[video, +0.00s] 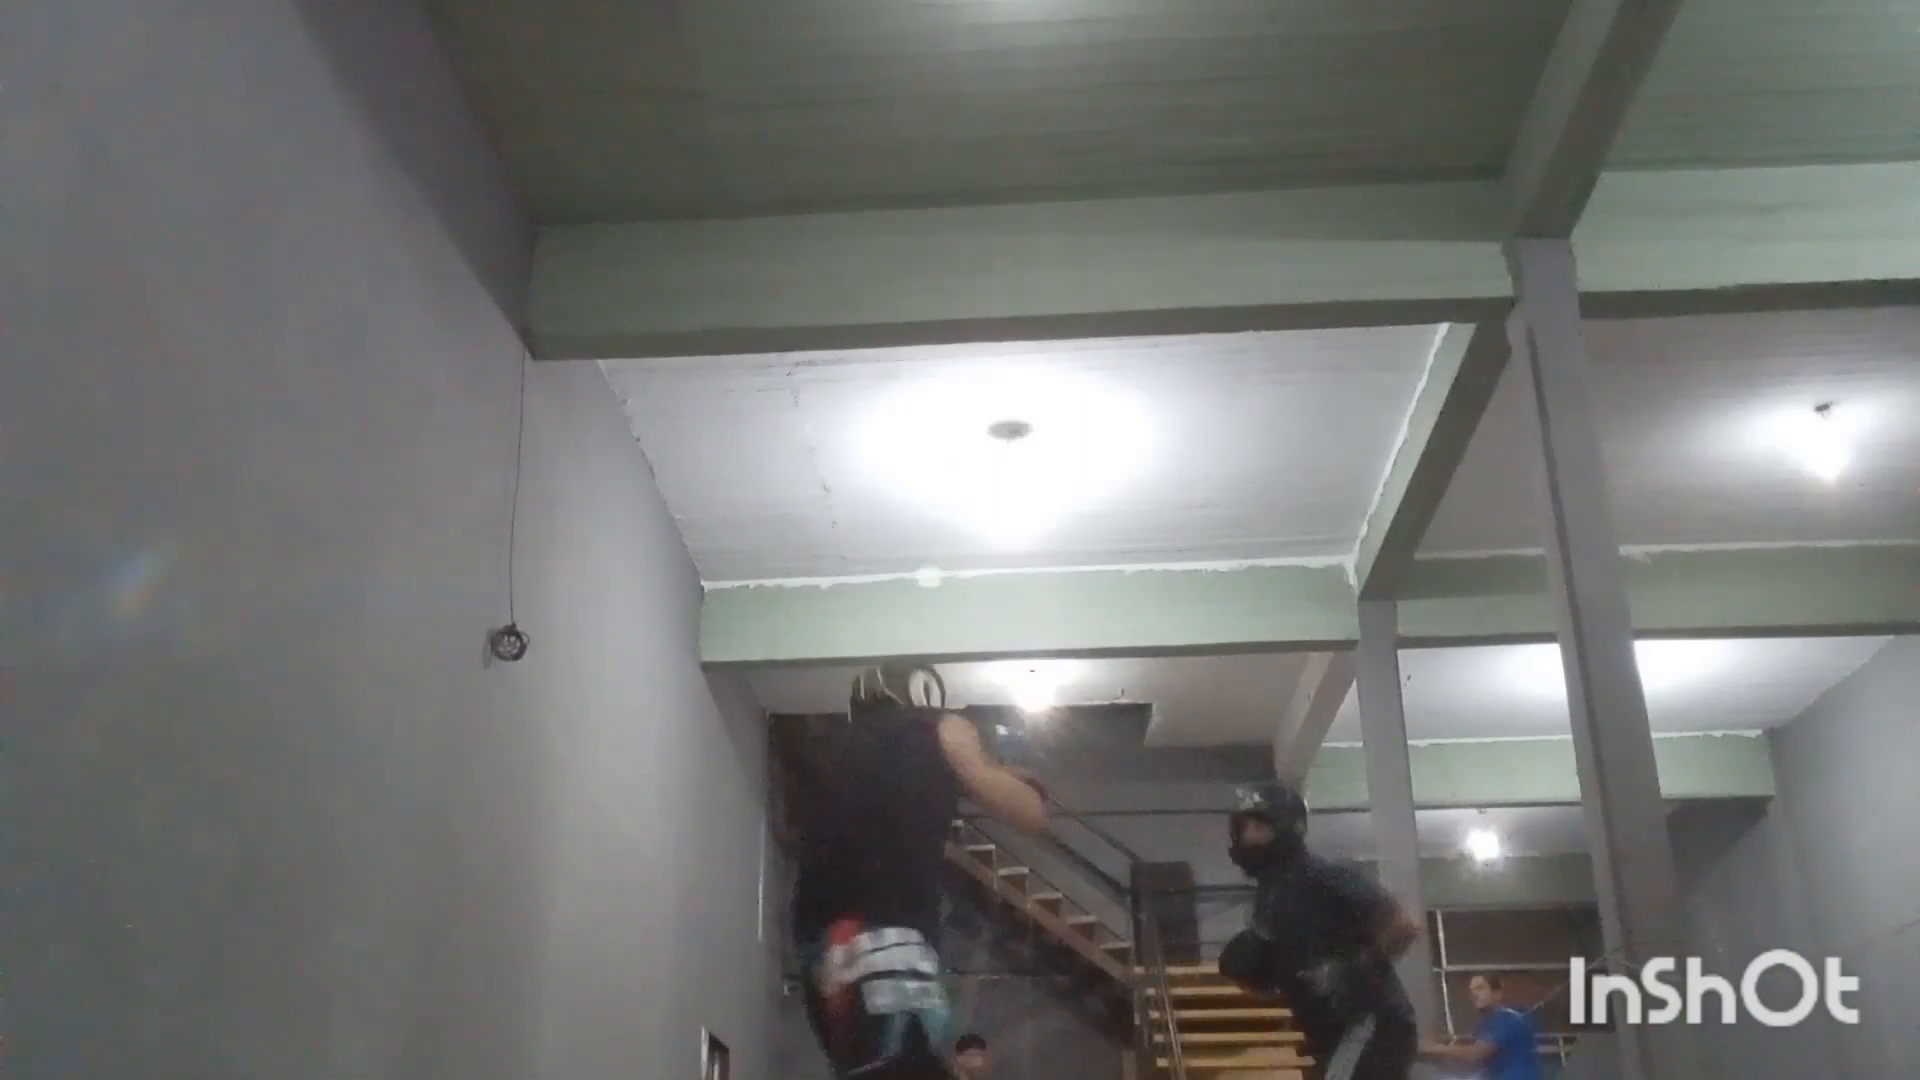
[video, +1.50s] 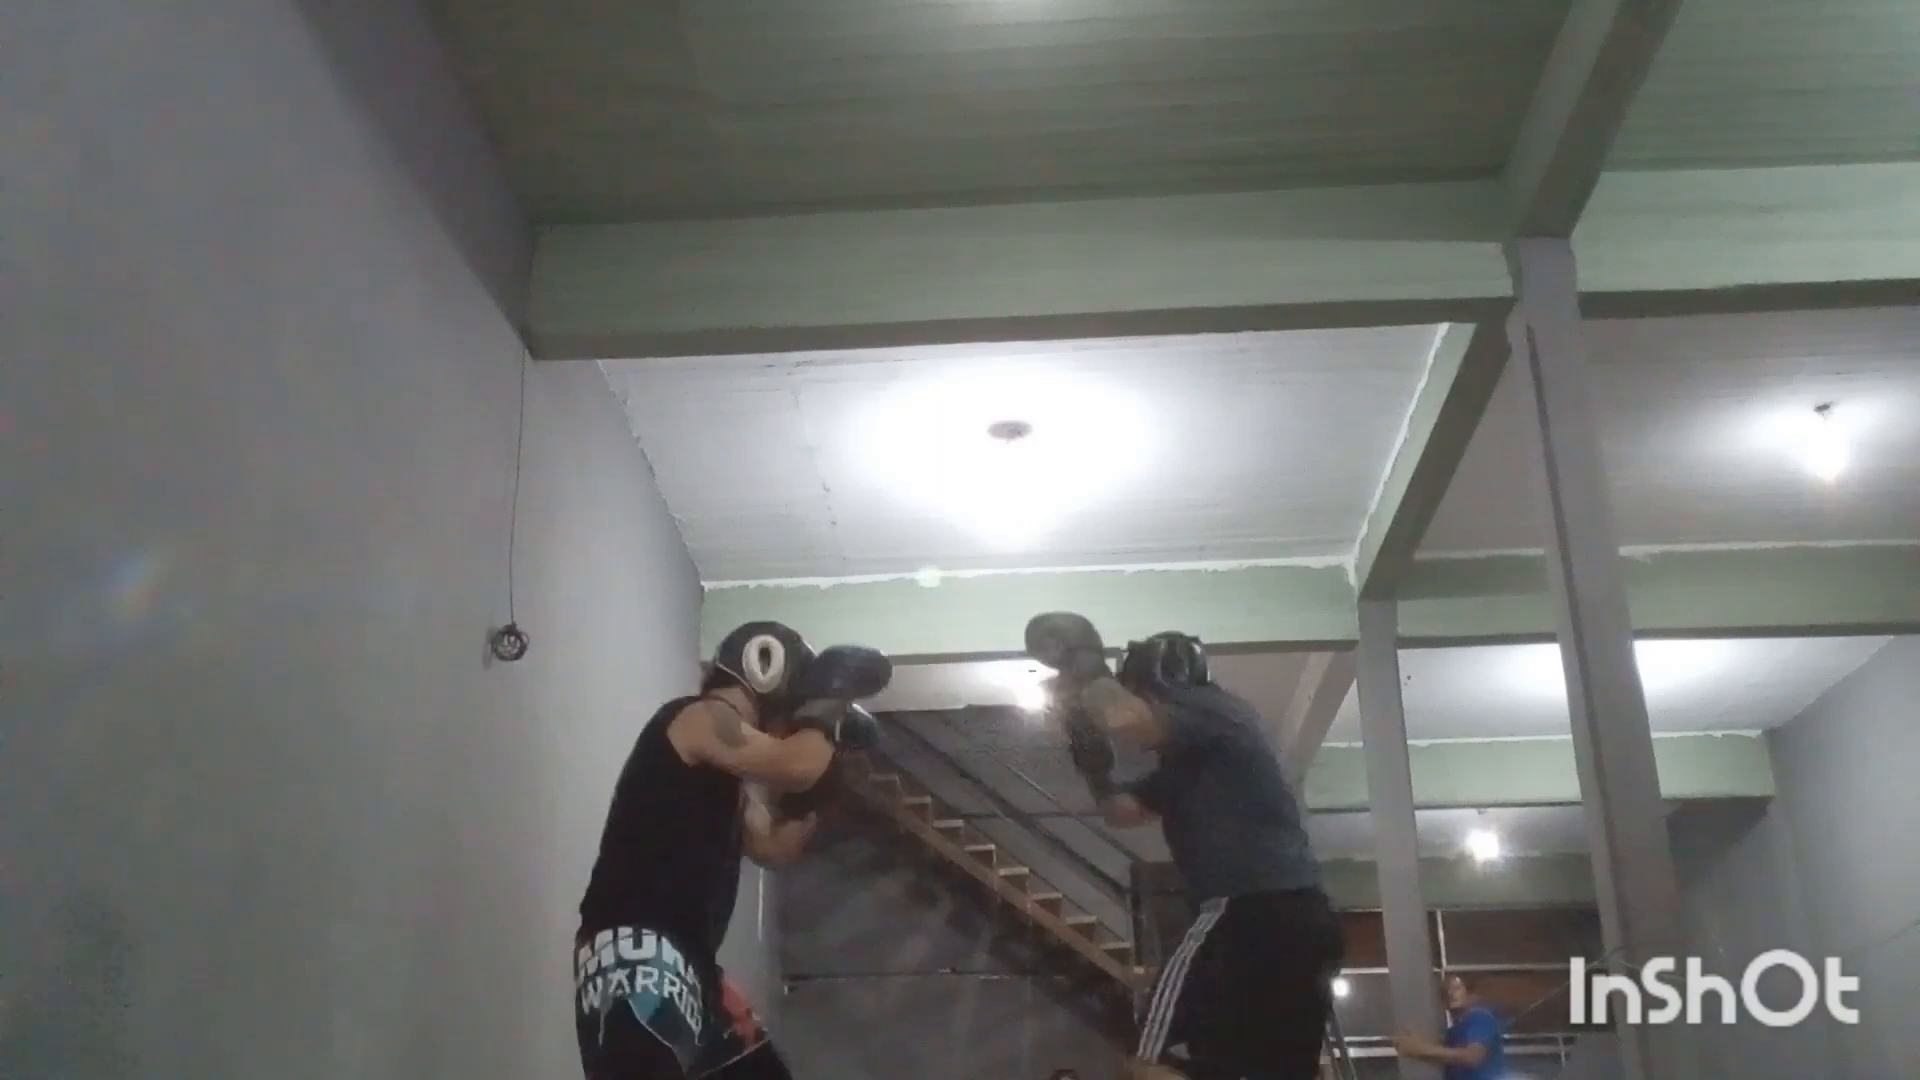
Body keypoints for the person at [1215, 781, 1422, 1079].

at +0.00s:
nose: (1247, 838)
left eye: (1259, 826)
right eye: (1242, 828)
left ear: (1287, 828)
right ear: (1234, 835)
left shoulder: (1327, 878)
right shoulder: (1269, 893)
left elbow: (1401, 928)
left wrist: (1346, 972)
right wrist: (1248, 965)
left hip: (1375, 1022)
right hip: (1327, 1030)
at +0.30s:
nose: (1228, 764)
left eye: (1241, 751)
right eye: (1221, 754)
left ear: (1268, 752)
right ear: (1215, 763)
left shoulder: (1302, 790)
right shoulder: (1249, 827)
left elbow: (1371, 832)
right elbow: (1240, 907)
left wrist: (1306, 853)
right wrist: (1209, 869)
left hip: (1338, 956)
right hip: (1298, 963)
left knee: (1301, 1067)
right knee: (1327, 1070)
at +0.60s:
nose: (1182, 782)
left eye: (1191, 768)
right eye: (1180, 771)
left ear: (1220, 769)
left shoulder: (1267, 799)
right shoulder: (1223, 845)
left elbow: (1301, 848)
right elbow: (1186, 927)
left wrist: (1215, 808)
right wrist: (1147, 861)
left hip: (1306, 979)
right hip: (1273, 986)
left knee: (1263, 1072)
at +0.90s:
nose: (1176, 719)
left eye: (1183, 708)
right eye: (1177, 710)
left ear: (1208, 709)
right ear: (1226, 711)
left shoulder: (1263, 752)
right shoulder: (1221, 787)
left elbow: (1207, 765)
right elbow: (1145, 834)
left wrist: (1163, 710)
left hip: (1298, 949)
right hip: (1273, 953)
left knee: (1244, 1073)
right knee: (1288, 1073)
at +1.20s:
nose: (1187, 752)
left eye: (1190, 736)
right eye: (1183, 741)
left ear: (1215, 725)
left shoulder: (1274, 766)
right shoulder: (1243, 805)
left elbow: (1265, 807)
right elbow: (1198, 889)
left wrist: (1176, 760)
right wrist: (1149, 829)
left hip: (1305, 959)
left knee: (1236, 1070)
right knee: (1335, 1072)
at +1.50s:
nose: (1136, 708)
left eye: (1137, 696)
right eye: (1133, 698)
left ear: (1155, 681)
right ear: (1189, 670)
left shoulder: (1211, 706)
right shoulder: (1190, 756)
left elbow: (1126, 720)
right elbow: (1123, 812)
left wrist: (1086, 671)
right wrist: (1097, 771)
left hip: (1253, 911)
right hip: (1300, 911)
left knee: (1155, 1057)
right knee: (1284, 1069)